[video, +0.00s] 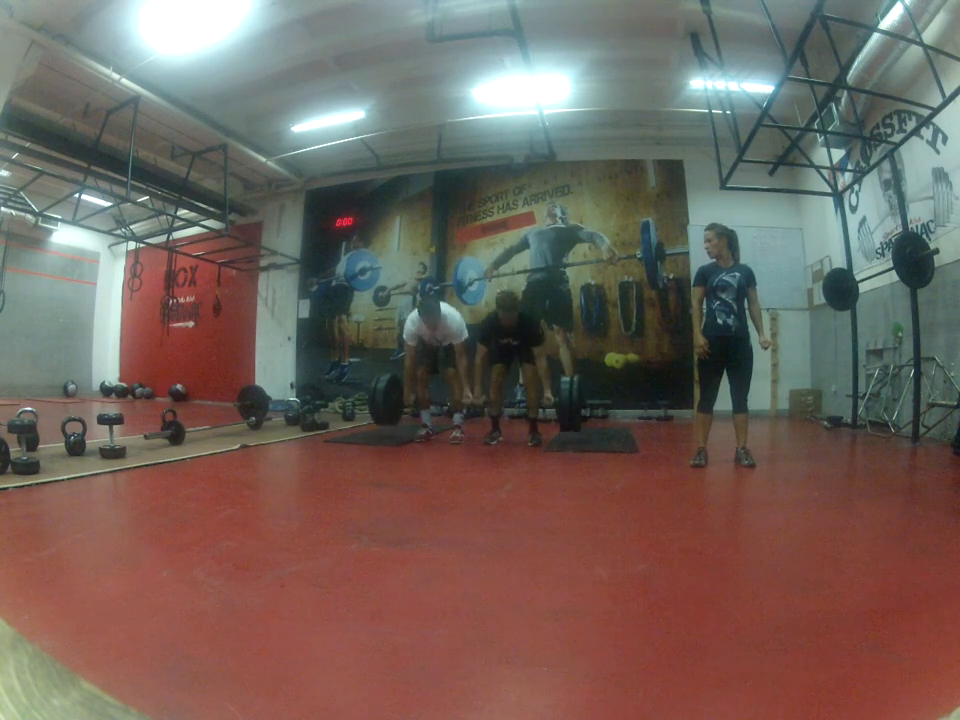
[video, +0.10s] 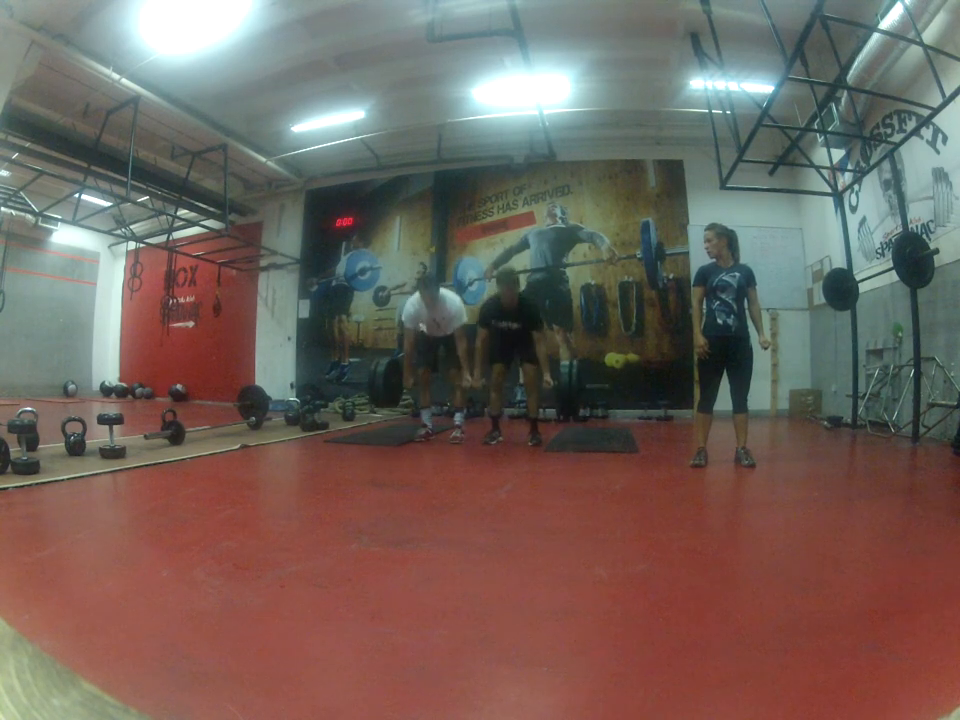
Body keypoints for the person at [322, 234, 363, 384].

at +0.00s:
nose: (353, 243)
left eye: (356, 240)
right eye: (353, 240)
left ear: (361, 242)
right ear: (353, 242)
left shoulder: (360, 256)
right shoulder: (348, 256)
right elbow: (336, 272)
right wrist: (318, 279)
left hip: (346, 289)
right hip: (335, 288)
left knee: (342, 325)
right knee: (334, 326)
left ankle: (345, 363)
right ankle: (336, 361)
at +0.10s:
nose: (353, 243)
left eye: (356, 241)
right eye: (353, 240)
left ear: (362, 243)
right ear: (353, 242)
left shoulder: (361, 257)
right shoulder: (347, 256)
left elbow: (363, 275)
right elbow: (335, 272)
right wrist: (318, 279)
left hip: (346, 289)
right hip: (335, 288)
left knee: (342, 326)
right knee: (334, 326)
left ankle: (345, 363)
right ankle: (335, 361)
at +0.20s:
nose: (353, 243)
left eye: (356, 241)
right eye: (353, 240)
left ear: (361, 243)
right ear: (354, 242)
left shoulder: (360, 257)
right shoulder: (347, 256)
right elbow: (335, 272)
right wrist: (318, 279)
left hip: (346, 289)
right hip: (335, 288)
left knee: (342, 325)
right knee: (333, 326)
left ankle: (345, 363)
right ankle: (335, 361)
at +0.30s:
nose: (353, 243)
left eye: (356, 240)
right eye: (353, 240)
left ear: (361, 242)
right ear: (354, 242)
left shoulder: (360, 257)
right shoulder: (348, 256)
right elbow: (336, 272)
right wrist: (318, 279)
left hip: (346, 288)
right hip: (335, 288)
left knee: (342, 325)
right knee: (334, 326)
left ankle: (345, 362)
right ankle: (335, 361)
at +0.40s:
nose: (353, 244)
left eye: (356, 241)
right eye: (353, 241)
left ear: (362, 243)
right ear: (353, 243)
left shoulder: (362, 257)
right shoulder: (348, 256)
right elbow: (336, 272)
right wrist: (318, 279)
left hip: (346, 289)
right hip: (335, 288)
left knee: (342, 324)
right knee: (333, 325)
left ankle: (345, 363)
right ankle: (335, 361)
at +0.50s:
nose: (354, 243)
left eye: (357, 241)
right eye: (354, 240)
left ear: (362, 243)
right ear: (353, 242)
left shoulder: (361, 257)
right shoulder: (347, 256)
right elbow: (336, 273)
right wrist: (319, 280)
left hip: (346, 289)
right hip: (335, 289)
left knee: (343, 326)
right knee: (334, 326)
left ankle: (345, 363)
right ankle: (335, 361)